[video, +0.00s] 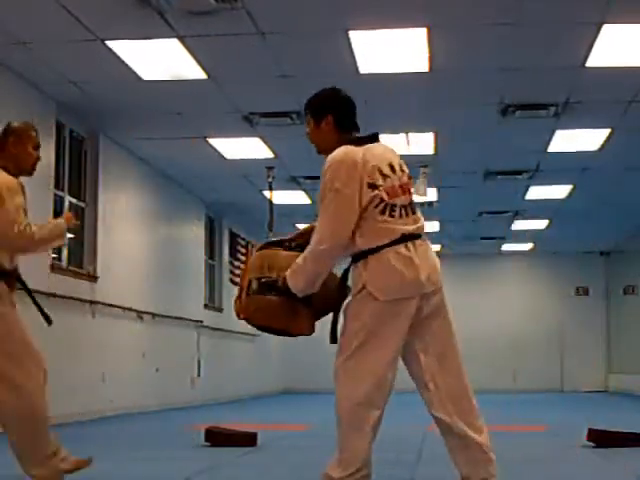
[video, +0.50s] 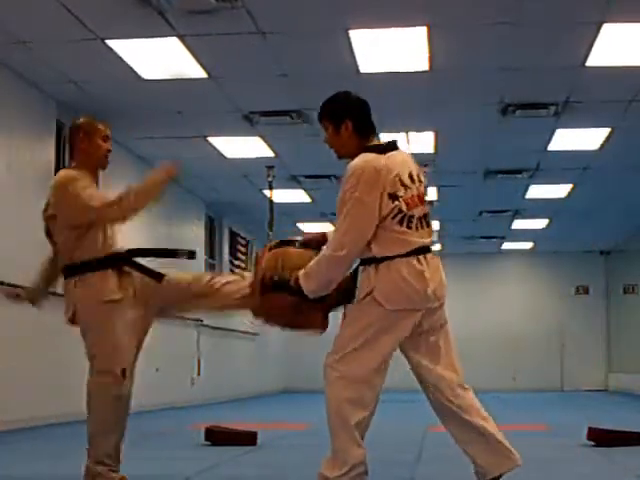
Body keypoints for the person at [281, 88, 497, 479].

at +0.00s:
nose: (309, 135)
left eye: (310, 126)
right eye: (308, 127)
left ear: (328, 122)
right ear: (346, 122)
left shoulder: (342, 161)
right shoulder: (387, 154)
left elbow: (333, 237)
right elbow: (372, 216)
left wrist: (297, 280)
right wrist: (316, 233)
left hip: (383, 272)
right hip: (423, 264)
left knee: (359, 377)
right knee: (442, 375)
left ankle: (350, 470)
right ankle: (479, 469)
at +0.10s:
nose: (300, 138)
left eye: (301, 128)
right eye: (298, 130)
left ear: (320, 123)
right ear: (337, 123)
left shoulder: (335, 162)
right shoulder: (377, 151)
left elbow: (327, 235)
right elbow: (365, 214)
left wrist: (290, 283)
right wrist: (315, 231)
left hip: (379, 271)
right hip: (418, 262)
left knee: (356, 373)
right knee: (438, 371)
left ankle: (352, 468)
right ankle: (477, 467)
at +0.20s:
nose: (297, 139)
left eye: (298, 130)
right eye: (295, 131)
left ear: (316, 125)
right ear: (334, 122)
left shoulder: (334, 163)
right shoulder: (375, 151)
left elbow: (325, 239)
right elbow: (366, 214)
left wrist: (288, 282)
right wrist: (315, 229)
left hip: (377, 272)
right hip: (416, 262)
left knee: (354, 374)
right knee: (436, 370)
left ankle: (351, 469)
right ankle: (477, 465)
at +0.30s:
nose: (301, 140)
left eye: (302, 131)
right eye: (299, 132)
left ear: (321, 125)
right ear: (337, 123)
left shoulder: (338, 164)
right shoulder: (378, 152)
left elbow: (327, 239)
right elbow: (365, 212)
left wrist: (290, 281)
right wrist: (315, 227)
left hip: (379, 276)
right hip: (417, 266)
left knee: (351, 373)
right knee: (436, 372)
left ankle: (351, 468)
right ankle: (484, 460)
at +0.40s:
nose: (310, 140)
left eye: (311, 130)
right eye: (308, 132)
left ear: (331, 125)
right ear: (347, 124)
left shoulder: (348, 164)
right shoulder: (386, 154)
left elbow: (336, 237)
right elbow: (372, 217)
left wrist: (296, 281)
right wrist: (321, 229)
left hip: (382, 278)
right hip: (420, 270)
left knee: (347, 370)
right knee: (438, 370)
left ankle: (350, 468)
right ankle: (490, 457)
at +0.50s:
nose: (327, 142)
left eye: (328, 132)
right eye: (325, 133)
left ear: (348, 127)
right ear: (359, 127)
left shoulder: (365, 169)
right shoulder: (404, 161)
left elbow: (346, 243)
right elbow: (387, 230)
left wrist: (307, 281)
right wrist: (333, 242)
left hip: (390, 280)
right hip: (427, 274)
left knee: (345, 370)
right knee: (442, 378)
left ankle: (346, 468)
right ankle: (494, 461)